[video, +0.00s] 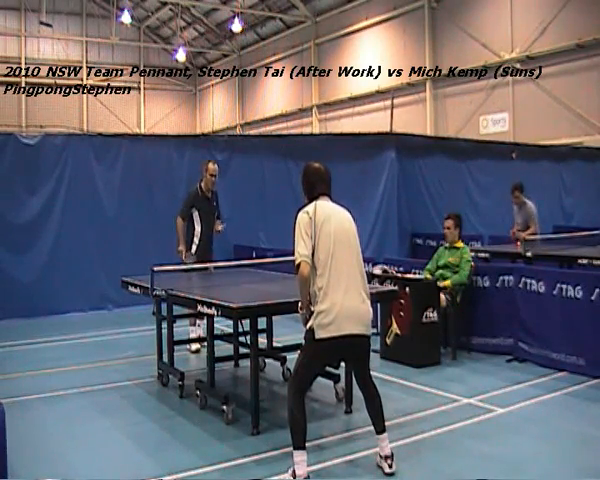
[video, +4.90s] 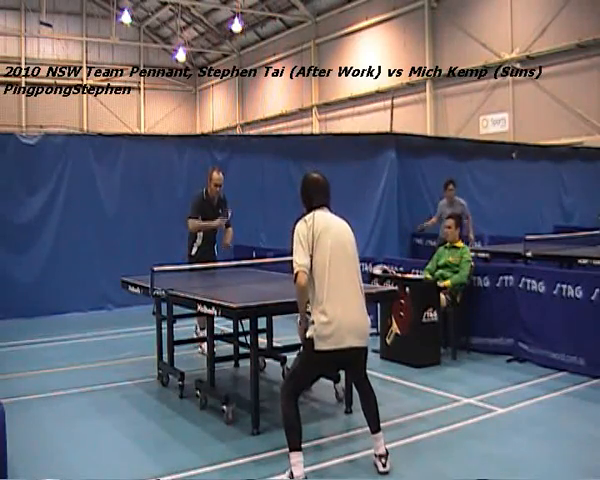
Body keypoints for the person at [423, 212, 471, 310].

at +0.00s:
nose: (445, 232)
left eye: (448, 228)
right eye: (444, 228)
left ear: (457, 230)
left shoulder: (464, 251)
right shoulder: (442, 249)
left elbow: (463, 277)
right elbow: (429, 268)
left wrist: (445, 283)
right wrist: (428, 277)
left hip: (452, 286)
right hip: (435, 282)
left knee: (440, 298)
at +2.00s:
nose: (445, 232)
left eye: (448, 229)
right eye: (444, 229)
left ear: (457, 230)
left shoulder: (464, 251)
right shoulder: (442, 249)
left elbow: (463, 276)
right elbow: (429, 267)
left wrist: (446, 283)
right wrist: (428, 276)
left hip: (453, 284)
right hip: (436, 281)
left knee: (442, 298)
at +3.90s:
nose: (445, 231)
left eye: (448, 228)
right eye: (445, 227)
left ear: (457, 230)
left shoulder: (465, 252)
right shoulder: (442, 249)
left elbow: (463, 276)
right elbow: (430, 267)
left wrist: (446, 283)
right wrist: (428, 277)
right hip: (435, 281)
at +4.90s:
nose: (445, 231)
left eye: (449, 228)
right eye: (444, 228)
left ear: (457, 230)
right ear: (441, 229)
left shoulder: (464, 251)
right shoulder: (441, 249)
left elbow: (463, 276)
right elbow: (429, 268)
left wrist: (445, 283)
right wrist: (428, 277)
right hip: (435, 282)